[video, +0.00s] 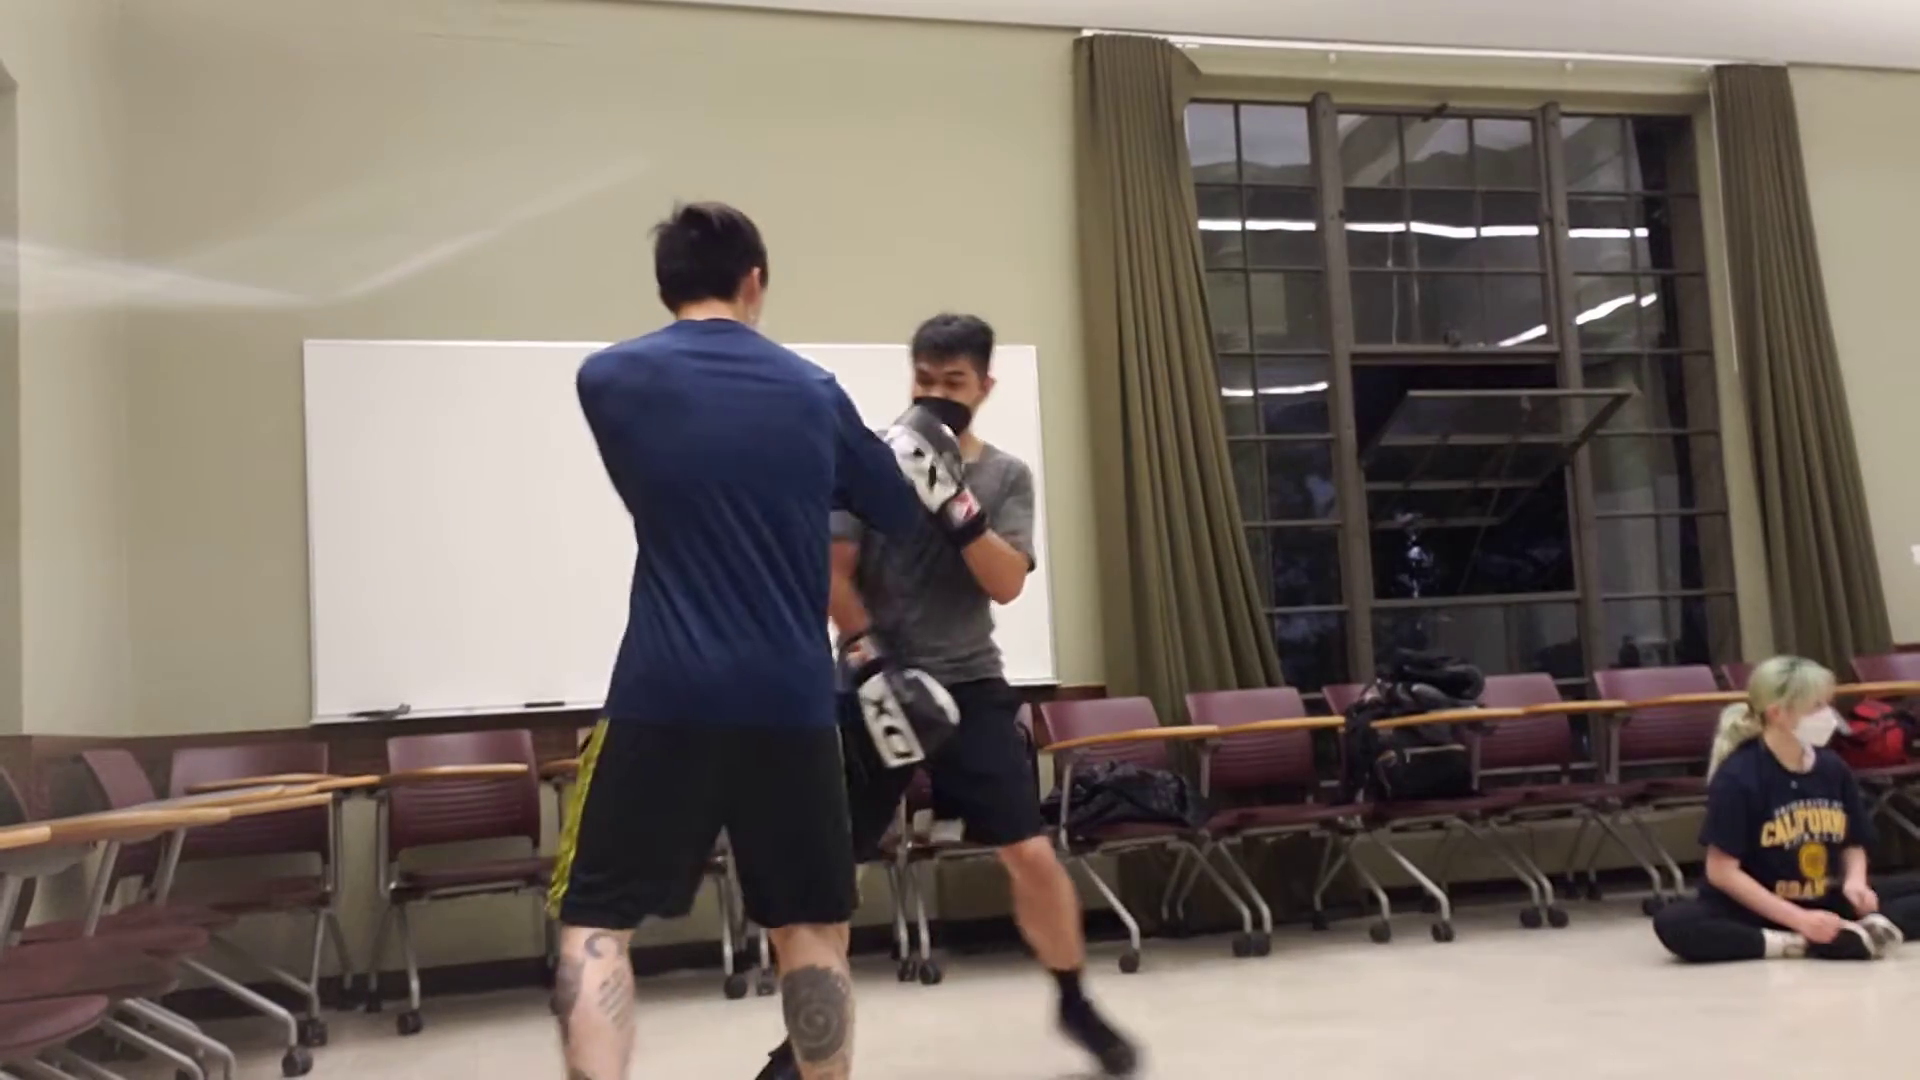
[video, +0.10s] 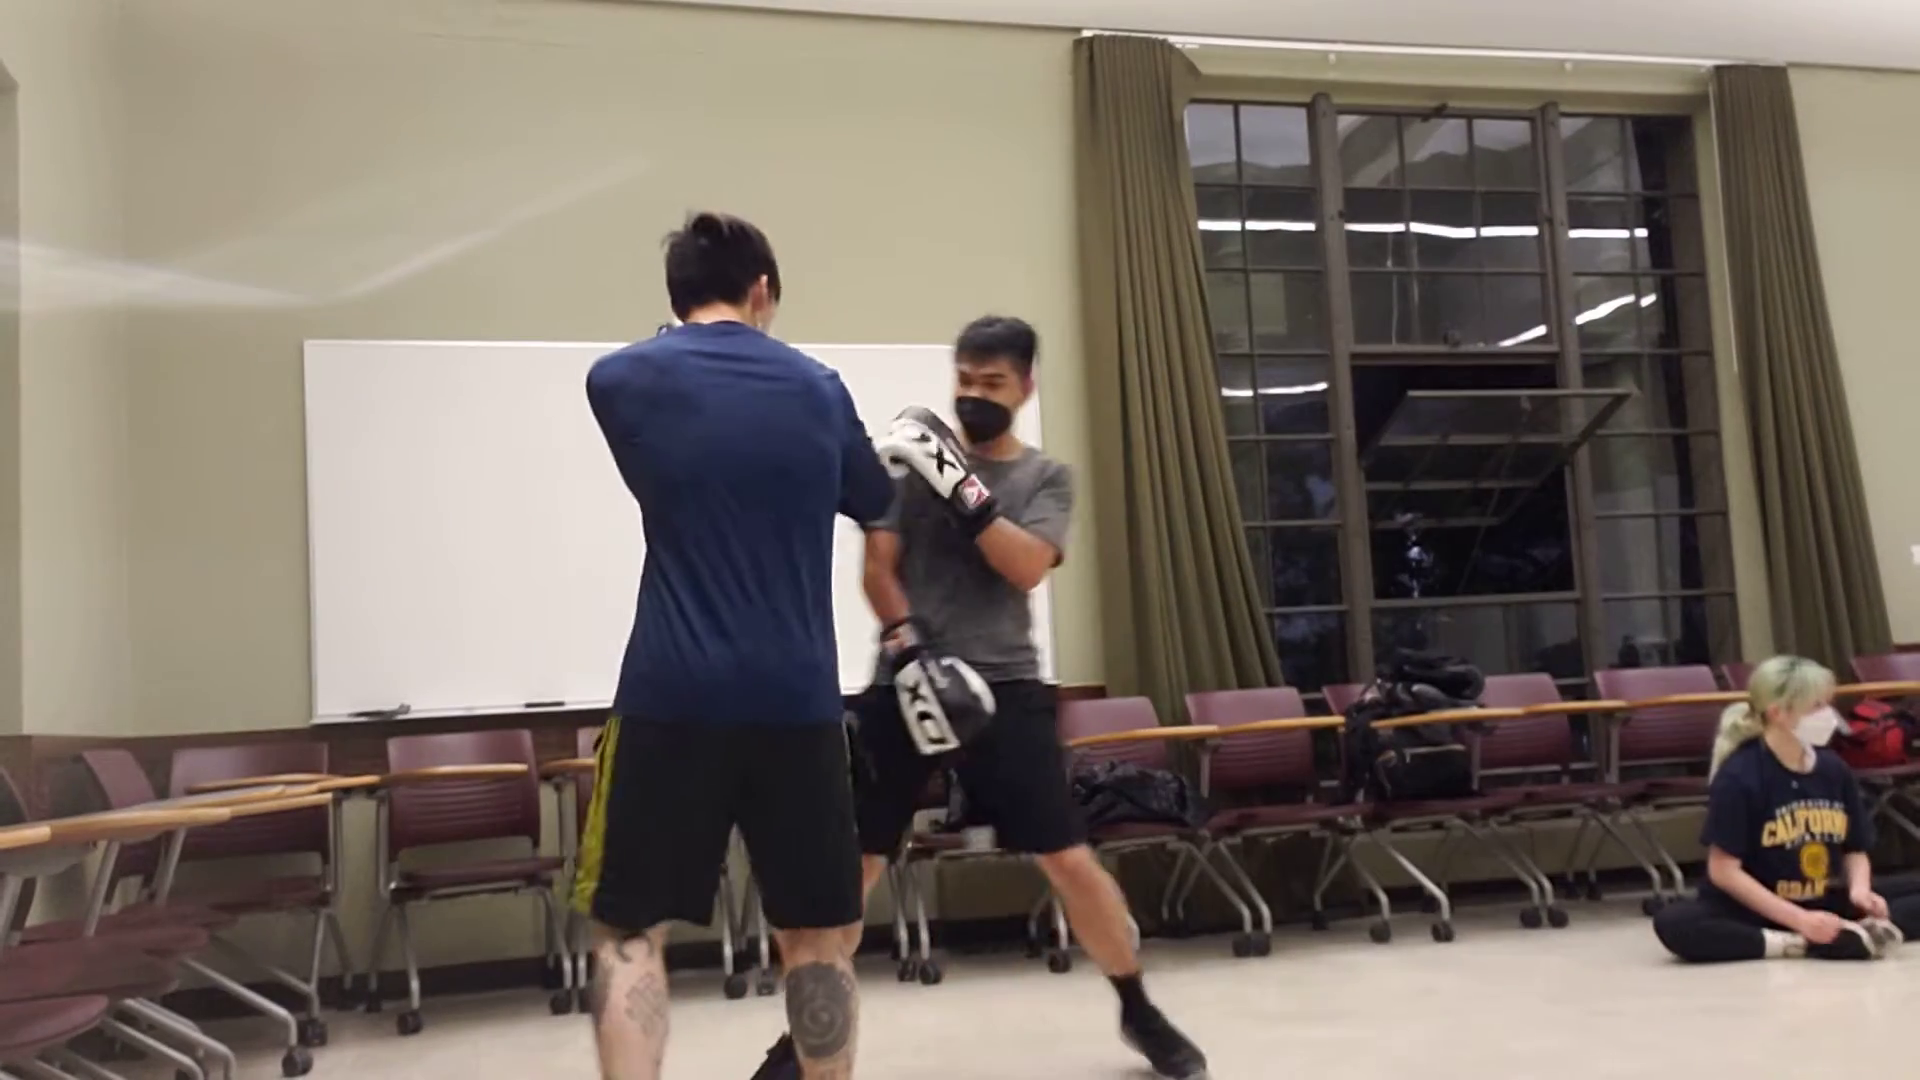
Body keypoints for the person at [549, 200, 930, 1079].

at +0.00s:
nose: (765, 292)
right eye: (765, 281)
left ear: (665, 289)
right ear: (755, 282)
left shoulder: (607, 378)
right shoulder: (810, 390)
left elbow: (679, 481)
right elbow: (898, 510)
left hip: (664, 698)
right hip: (791, 703)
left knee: (596, 924)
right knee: (811, 933)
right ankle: (819, 1076)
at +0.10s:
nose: (776, 307)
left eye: (773, 298)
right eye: (776, 295)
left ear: (676, 299)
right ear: (763, 291)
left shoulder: (619, 380)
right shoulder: (815, 384)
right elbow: (873, 509)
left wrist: (705, 337)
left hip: (672, 698)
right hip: (795, 698)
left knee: (630, 935)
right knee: (817, 939)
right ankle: (823, 1074)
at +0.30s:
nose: (759, 314)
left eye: (754, 303)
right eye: (759, 302)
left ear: (661, 305)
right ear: (745, 297)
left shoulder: (601, 394)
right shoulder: (797, 390)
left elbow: (651, 499)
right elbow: (856, 537)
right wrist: (762, 484)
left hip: (671, 711)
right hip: (794, 706)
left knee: (657, 943)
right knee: (819, 934)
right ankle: (837, 1075)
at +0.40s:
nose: (753, 317)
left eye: (749, 304)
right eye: (753, 303)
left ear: (655, 305)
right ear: (737, 298)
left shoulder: (593, 403)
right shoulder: (793, 396)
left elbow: (642, 507)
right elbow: (856, 556)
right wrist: (758, 519)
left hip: (662, 714)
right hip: (786, 707)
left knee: (658, 939)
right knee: (834, 917)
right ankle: (842, 1073)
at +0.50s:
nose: (767, 322)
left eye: (767, 305)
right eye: (765, 304)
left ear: (670, 304)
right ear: (737, 297)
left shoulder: (594, 407)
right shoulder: (787, 396)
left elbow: (645, 504)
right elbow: (850, 545)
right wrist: (871, 525)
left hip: (660, 712)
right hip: (785, 702)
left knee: (663, 930)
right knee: (852, 892)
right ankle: (865, 1071)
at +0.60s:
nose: (793, 319)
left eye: (794, 301)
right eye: (785, 299)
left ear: (706, 302)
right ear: (732, 295)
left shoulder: (612, 411)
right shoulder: (795, 402)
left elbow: (693, 518)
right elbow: (847, 550)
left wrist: (839, 483)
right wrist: (890, 502)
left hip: (665, 713)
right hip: (787, 706)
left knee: (667, 931)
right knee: (858, 906)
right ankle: (912, 1072)